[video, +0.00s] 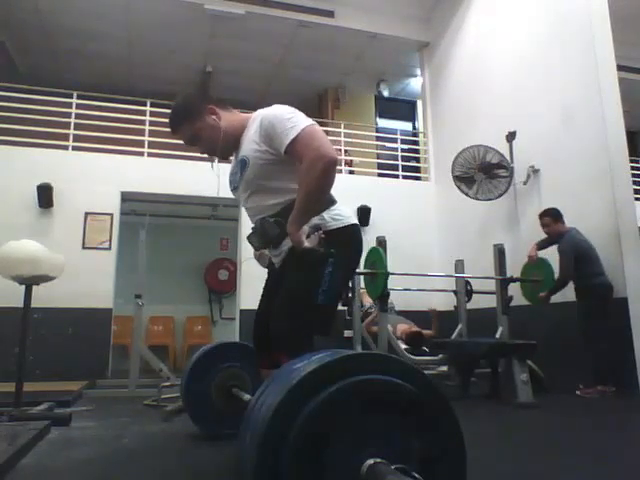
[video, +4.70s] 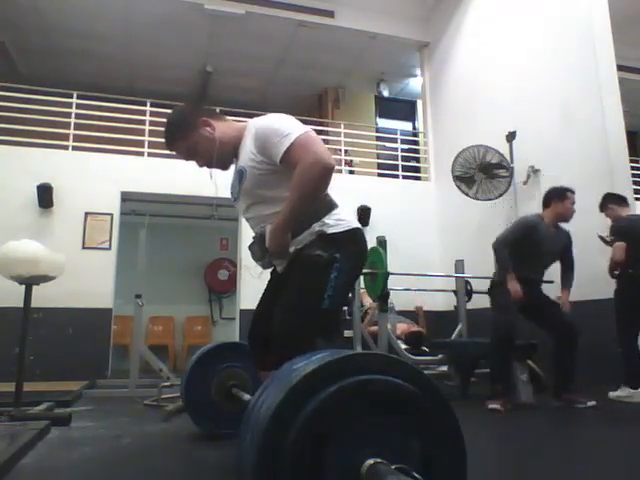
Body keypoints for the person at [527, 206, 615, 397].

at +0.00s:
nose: (545, 230)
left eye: (547, 225)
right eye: (543, 226)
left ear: (558, 223)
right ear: (559, 224)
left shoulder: (566, 243)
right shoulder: (570, 234)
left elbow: (566, 277)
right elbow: (553, 238)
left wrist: (548, 294)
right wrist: (535, 246)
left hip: (592, 292)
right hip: (598, 289)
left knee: (591, 337)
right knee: (596, 336)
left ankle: (595, 383)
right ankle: (604, 382)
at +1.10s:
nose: (567, 214)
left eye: (571, 210)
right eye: (565, 210)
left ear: (582, 212)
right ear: (563, 213)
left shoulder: (589, 234)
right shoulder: (565, 237)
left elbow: (597, 263)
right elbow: (556, 263)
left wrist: (579, 285)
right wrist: (537, 260)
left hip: (599, 289)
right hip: (582, 290)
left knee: (598, 334)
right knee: (589, 334)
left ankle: (603, 383)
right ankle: (599, 381)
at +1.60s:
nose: (573, 209)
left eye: (576, 205)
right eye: (569, 206)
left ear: (585, 206)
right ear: (566, 211)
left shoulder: (602, 229)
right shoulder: (562, 237)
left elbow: (625, 252)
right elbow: (557, 262)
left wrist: (611, 273)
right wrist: (557, 280)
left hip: (599, 290)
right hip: (575, 292)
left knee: (595, 335)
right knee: (573, 334)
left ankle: (603, 385)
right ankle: (590, 380)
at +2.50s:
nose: (544, 202)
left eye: (547, 197)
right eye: (539, 199)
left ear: (556, 197)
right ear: (536, 203)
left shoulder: (575, 219)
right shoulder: (531, 229)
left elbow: (599, 243)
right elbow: (523, 256)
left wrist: (583, 263)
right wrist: (527, 271)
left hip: (576, 288)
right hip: (548, 292)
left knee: (585, 335)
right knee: (554, 340)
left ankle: (597, 384)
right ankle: (561, 387)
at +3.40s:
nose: (564, 185)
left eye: (568, 181)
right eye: (559, 180)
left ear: (572, 183)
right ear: (547, 180)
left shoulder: (580, 212)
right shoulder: (527, 209)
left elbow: (599, 243)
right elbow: (503, 234)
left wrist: (579, 258)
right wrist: (521, 252)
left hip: (569, 281)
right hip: (537, 281)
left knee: (578, 335)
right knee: (534, 334)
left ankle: (583, 396)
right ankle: (531, 395)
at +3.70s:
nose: (551, 183)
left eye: (553, 179)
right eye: (547, 178)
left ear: (551, 181)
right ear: (530, 177)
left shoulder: (555, 210)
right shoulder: (510, 207)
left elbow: (562, 240)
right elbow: (490, 236)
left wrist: (563, 257)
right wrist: (510, 259)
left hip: (548, 280)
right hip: (518, 282)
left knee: (565, 335)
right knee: (516, 339)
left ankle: (580, 394)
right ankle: (512, 396)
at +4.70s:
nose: (574, 208)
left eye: (574, 204)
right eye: (570, 203)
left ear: (558, 206)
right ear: (555, 204)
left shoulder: (563, 238)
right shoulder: (528, 224)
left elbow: (567, 268)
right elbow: (499, 244)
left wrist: (564, 296)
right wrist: (510, 279)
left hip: (531, 290)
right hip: (505, 288)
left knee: (566, 329)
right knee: (504, 334)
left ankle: (563, 391)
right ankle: (499, 395)